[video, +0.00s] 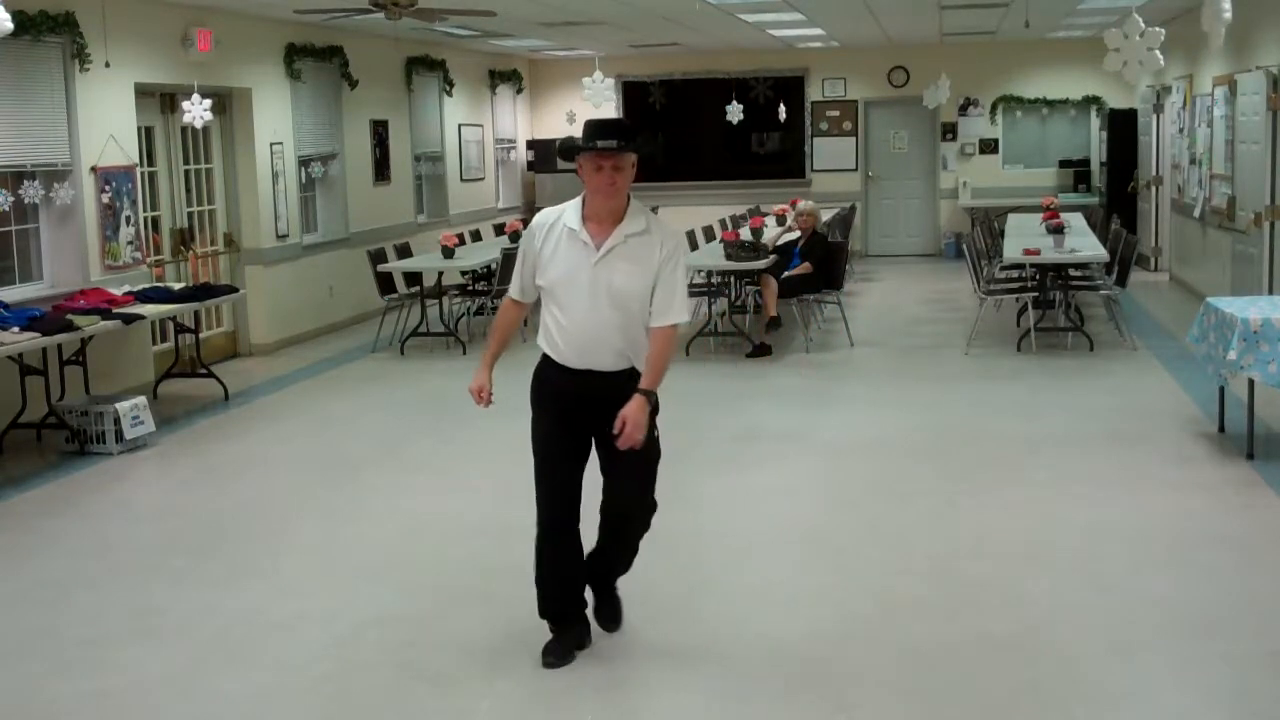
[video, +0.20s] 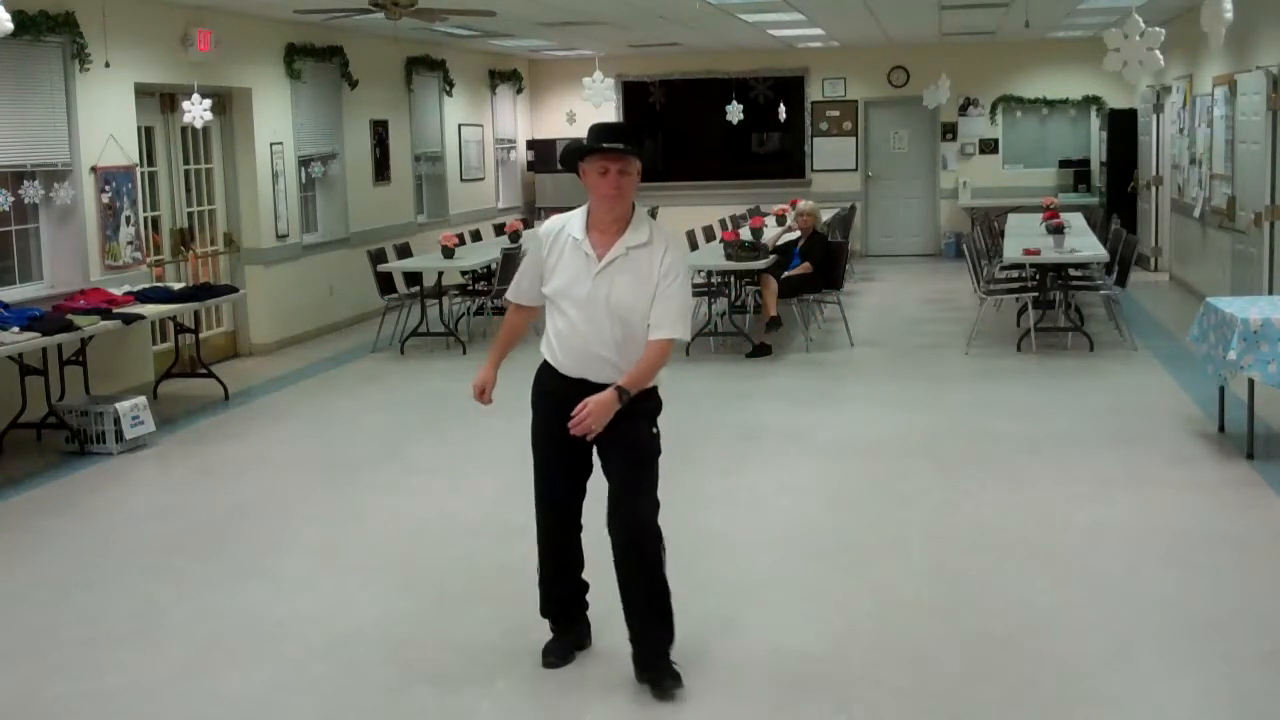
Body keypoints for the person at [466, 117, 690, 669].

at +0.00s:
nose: (608, 167)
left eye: (618, 158)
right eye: (598, 158)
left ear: (634, 167)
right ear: (580, 166)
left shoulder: (662, 238)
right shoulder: (544, 229)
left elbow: (665, 327)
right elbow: (516, 301)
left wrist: (644, 396)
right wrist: (486, 362)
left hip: (628, 389)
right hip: (559, 386)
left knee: (633, 508)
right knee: (556, 511)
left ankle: (603, 574)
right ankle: (566, 623)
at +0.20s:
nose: (612, 175)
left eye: (622, 166)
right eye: (601, 165)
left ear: (638, 175)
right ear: (582, 173)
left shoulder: (664, 247)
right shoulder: (549, 237)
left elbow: (664, 340)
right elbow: (522, 307)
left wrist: (618, 394)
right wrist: (491, 363)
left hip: (631, 397)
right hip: (558, 393)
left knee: (636, 527)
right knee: (556, 520)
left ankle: (654, 656)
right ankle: (568, 626)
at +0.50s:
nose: (637, 162)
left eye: (649, 153)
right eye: (626, 152)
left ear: (665, 164)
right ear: (606, 161)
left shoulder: (686, 240)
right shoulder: (586, 226)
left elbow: (698, 341)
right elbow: (577, 303)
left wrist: (692, 429)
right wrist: (553, 364)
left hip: (660, 400)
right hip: (595, 395)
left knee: (660, 538)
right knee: (589, 511)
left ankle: (661, 665)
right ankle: (639, 605)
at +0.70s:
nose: (653, 175)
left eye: (663, 165)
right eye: (641, 164)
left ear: (679, 173)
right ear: (620, 172)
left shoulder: (710, 247)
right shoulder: (596, 239)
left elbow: (754, 338)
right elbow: (588, 325)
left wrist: (774, 423)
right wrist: (575, 397)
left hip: (689, 404)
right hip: (623, 403)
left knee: (676, 539)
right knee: (667, 534)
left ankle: (668, 665)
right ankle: (735, 621)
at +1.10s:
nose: (661, 156)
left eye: (671, 147)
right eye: (647, 150)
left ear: (689, 159)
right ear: (627, 168)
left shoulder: (734, 234)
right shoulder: (603, 246)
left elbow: (771, 314)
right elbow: (584, 341)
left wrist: (782, 387)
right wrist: (570, 429)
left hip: (721, 416)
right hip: (640, 420)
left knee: (717, 560)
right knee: (635, 557)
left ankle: (706, 682)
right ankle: (671, 644)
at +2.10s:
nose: (638, 171)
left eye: (644, 156)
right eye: (636, 159)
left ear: (678, 151)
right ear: (676, 155)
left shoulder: (747, 232)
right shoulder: (674, 229)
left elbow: (808, 327)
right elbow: (660, 328)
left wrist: (816, 429)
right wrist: (632, 405)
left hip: (740, 426)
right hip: (679, 422)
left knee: (755, 569)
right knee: (650, 552)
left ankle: (778, 699)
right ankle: (680, 680)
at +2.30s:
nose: (650, 175)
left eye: (650, 162)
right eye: (650, 163)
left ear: (667, 156)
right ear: (698, 157)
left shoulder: (712, 229)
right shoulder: (704, 222)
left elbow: (738, 330)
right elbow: (724, 329)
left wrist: (744, 424)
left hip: (721, 419)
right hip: (700, 414)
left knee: (739, 561)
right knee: (690, 537)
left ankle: (776, 703)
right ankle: (729, 672)